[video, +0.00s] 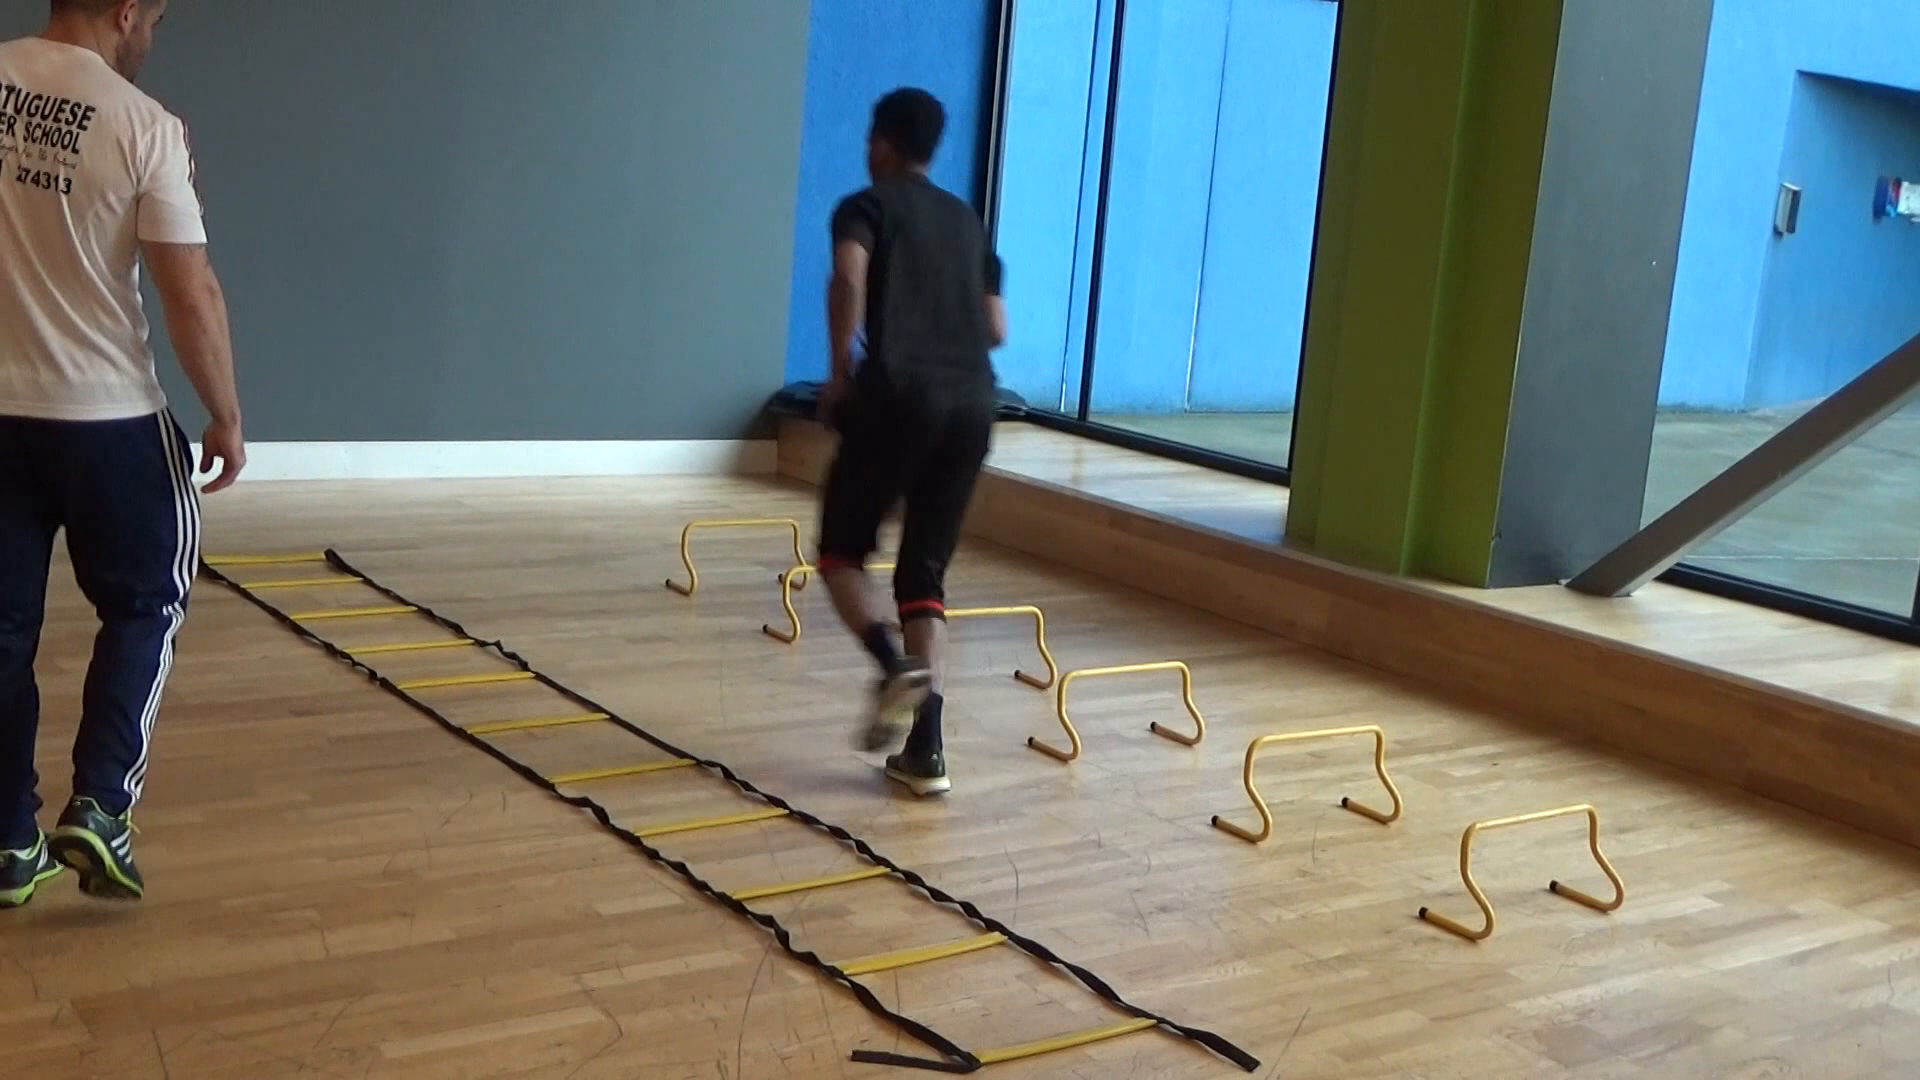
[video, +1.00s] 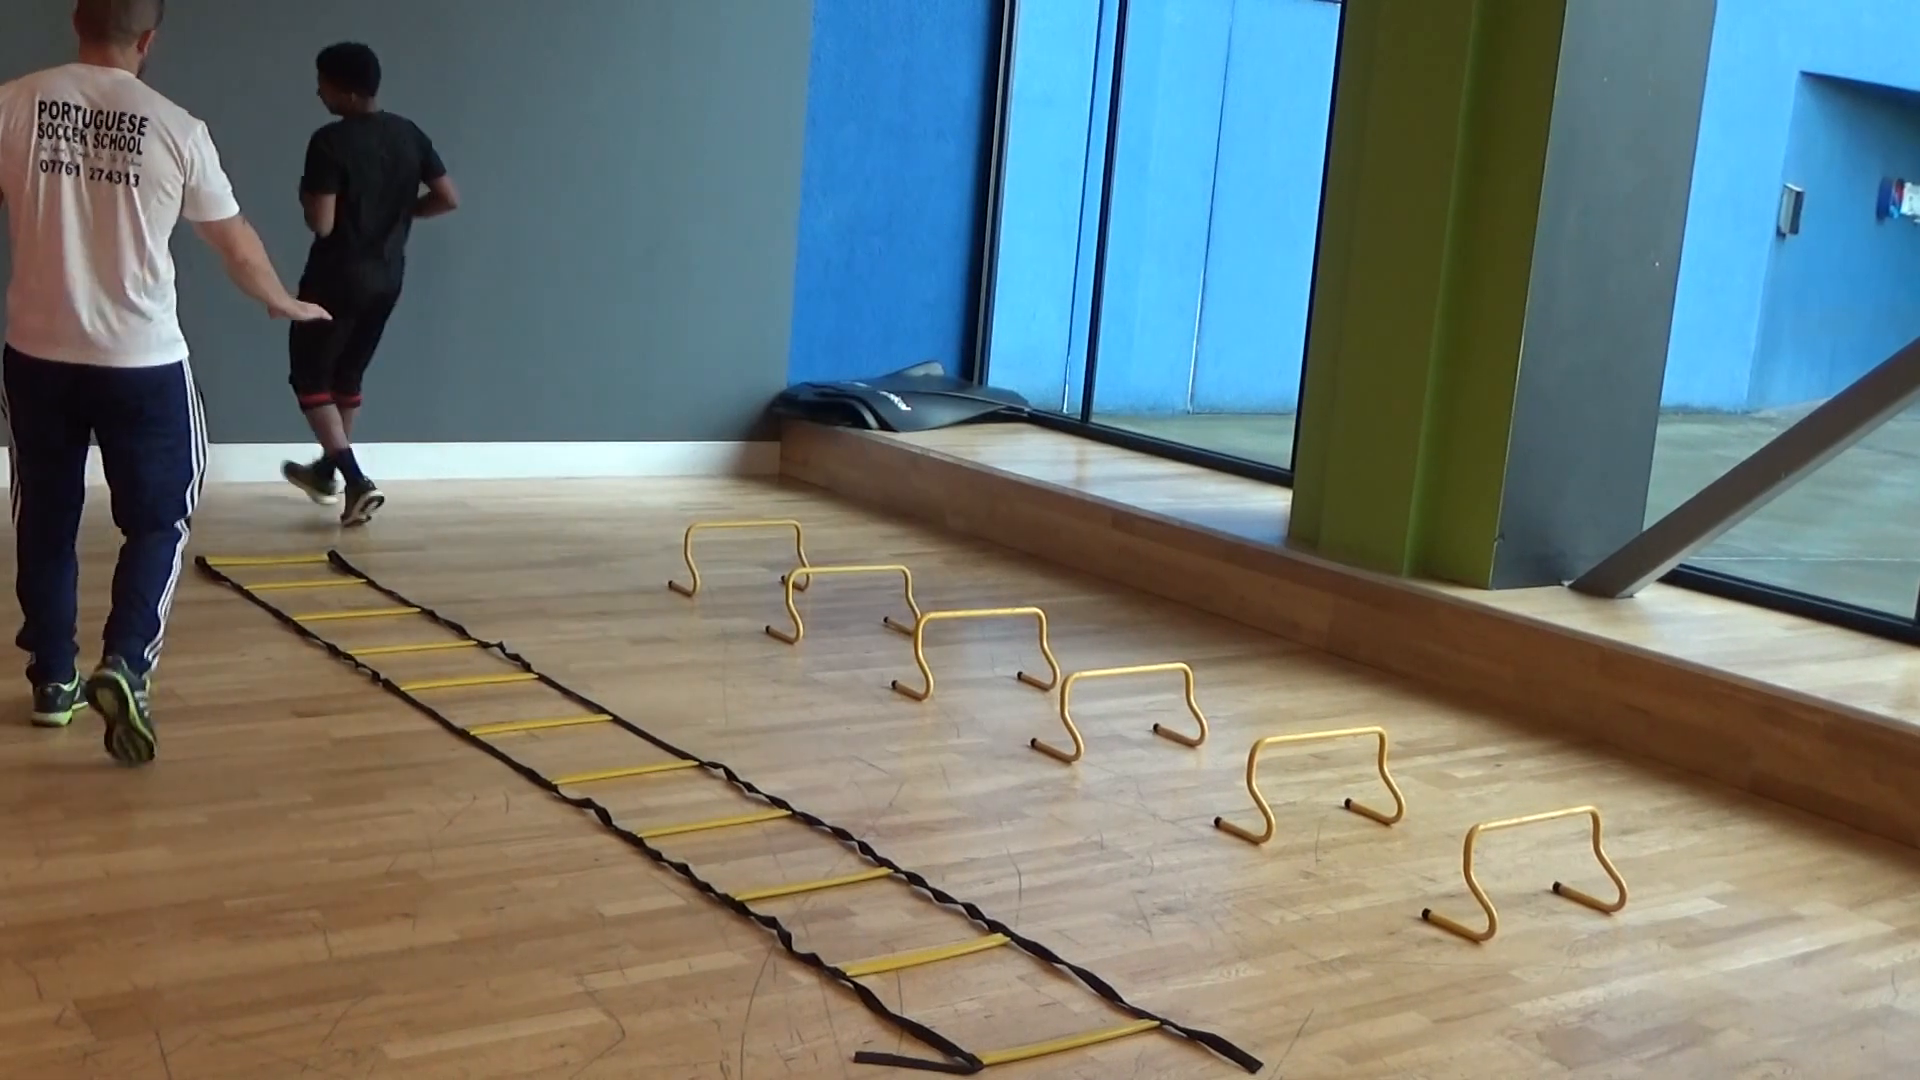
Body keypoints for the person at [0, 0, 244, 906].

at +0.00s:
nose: (152, 37)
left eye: (155, 20)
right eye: (154, 19)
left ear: (62, 6)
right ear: (126, 13)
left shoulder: (0, 73)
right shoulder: (143, 125)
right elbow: (190, 294)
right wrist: (226, 415)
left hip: (4, 413)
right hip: (104, 417)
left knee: (7, 631)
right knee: (144, 604)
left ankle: (12, 842)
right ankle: (101, 806)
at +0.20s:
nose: (152, 46)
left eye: (151, 33)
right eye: (153, 32)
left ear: (66, 16)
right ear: (141, 29)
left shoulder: (6, 79)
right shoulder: (151, 132)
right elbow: (180, 291)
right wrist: (203, 418)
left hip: (8, 402)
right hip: (117, 410)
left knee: (10, 620)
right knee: (123, 599)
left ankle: (14, 836)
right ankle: (124, 762)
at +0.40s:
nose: (166, 54)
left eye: (161, 39)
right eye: (169, 40)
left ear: (86, 23)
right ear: (163, 39)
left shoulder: (12, 92)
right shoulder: (180, 146)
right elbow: (205, 293)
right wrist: (219, 412)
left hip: (21, 397)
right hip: (139, 405)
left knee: (21, 584)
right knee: (138, 583)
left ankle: (18, 764)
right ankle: (118, 757)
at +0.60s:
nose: (168, 39)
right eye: (172, 28)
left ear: (92, 15)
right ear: (171, 29)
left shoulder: (19, 90)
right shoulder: (202, 128)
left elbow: (9, 201)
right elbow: (244, 262)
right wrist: (263, 351)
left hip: (34, 367)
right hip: (152, 376)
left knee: (35, 536)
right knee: (143, 562)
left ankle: (43, 707)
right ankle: (118, 749)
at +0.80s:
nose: (159, 43)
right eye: (163, 32)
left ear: (85, 24)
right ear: (162, 40)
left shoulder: (17, 105)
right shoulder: (195, 132)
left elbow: (6, 199)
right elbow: (250, 250)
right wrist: (283, 305)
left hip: (45, 368)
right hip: (152, 372)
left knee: (51, 526)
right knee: (144, 554)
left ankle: (48, 680)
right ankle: (121, 743)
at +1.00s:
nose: (148, 48)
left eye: (140, 35)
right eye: (150, 36)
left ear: (75, 27)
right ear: (145, 38)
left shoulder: (14, 103)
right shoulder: (177, 130)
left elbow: (10, 200)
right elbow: (239, 250)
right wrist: (284, 304)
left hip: (35, 354)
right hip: (141, 360)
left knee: (45, 518)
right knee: (158, 521)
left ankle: (53, 681)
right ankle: (127, 663)